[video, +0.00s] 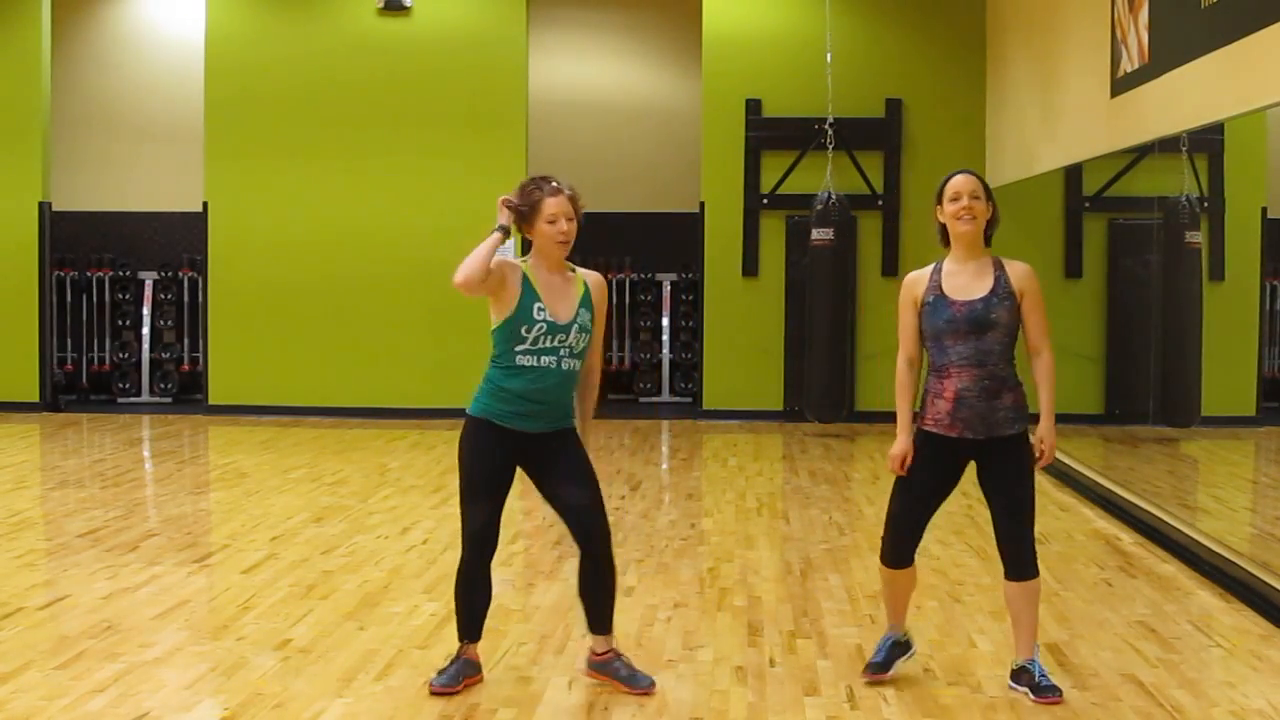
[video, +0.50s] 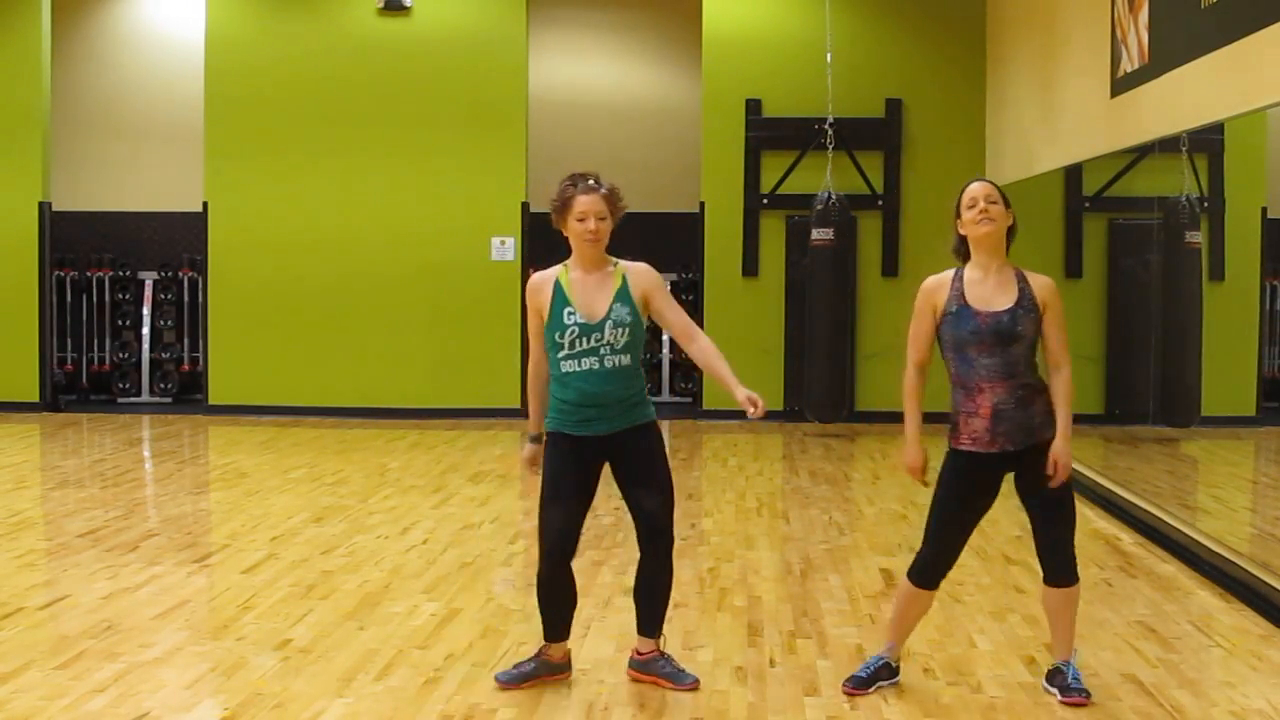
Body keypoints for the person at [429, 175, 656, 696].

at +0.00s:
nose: (565, 229)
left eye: (570, 219)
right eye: (553, 221)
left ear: (578, 223)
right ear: (528, 228)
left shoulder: (592, 286)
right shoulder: (507, 273)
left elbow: (591, 368)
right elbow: (465, 282)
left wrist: (581, 430)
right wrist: (499, 232)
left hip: (553, 434)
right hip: (491, 429)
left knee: (595, 534)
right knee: (478, 541)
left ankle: (602, 650)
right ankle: (468, 655)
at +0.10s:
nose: (573, 228)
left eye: (579, 219)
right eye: (561, 220)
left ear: (586, 224)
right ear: (537, 226)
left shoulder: (600, 285)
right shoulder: (513, 272)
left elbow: (597, 364)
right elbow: (458, 315)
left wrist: (585, 428)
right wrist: (491, 252)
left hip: (560, 433)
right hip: (500, 428)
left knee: (607, 537)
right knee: (486, 545)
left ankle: (631, 650)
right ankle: (464, 653)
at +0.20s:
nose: (581, 224)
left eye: (588, 214)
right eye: (570, 216)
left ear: (597, 218)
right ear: (546, 222)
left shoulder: (615, 278)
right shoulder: (524, 275)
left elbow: (625, 356)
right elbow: (472, 340)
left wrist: (629, 429)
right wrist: (466, 313)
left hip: (584, 432)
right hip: (524, 430)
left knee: (624, 535)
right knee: (498, 543)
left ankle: (638, 652)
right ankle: (456, 649)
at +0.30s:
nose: (589, 222)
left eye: (595, 212)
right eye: (577, 214)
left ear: (606, 215)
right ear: (556, 221)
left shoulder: (630, 273)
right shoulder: (536, 278)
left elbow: (660, 348)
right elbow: (500, 345)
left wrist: (684, 419)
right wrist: (467, 392)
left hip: (613, 430)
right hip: (551, 432)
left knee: (645, 536)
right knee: (523, 545)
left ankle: (642, 651)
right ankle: (470, 647)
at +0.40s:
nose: (594, 225)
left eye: (601, 215)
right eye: (582, 217)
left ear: (613, 218)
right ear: (563, 223)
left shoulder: (640, 276)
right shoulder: (542, 284)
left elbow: (684, 340)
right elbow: (521, 361)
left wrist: (722, 401)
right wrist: (499, 434)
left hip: (628, 429)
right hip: (565, 433)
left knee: (655, 534)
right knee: (556, 548)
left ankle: (644, 652)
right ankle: (512, 646)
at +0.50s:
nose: (594, 227)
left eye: (601, 219)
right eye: (583, 219)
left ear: (612, 224)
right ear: (563, 225)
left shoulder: (640, 279)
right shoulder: (543, 286)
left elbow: (692, 337)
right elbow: (539, 364)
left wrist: (736, 388)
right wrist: (534, 434)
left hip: (634, 430)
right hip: (570, 434)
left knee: (658, 534)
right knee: (553, 548)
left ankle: (647, 651)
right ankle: (555, 653)